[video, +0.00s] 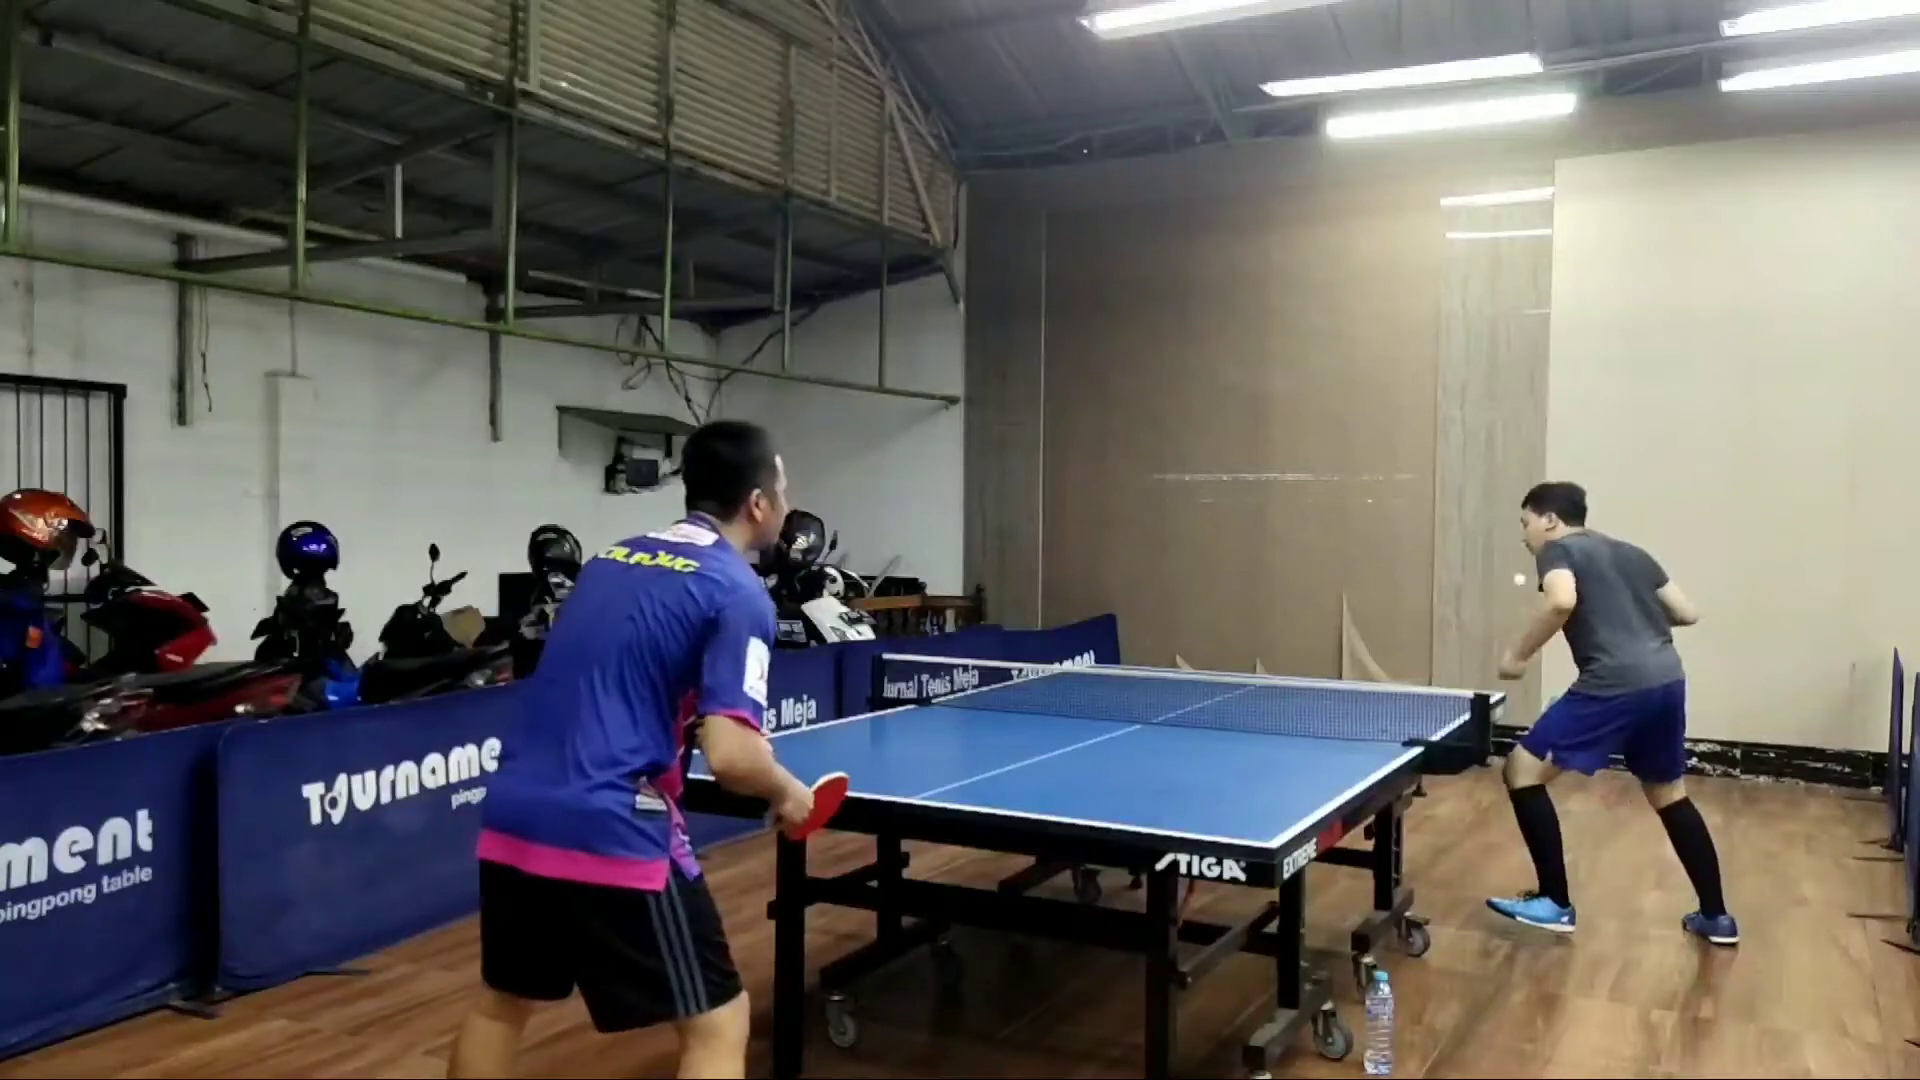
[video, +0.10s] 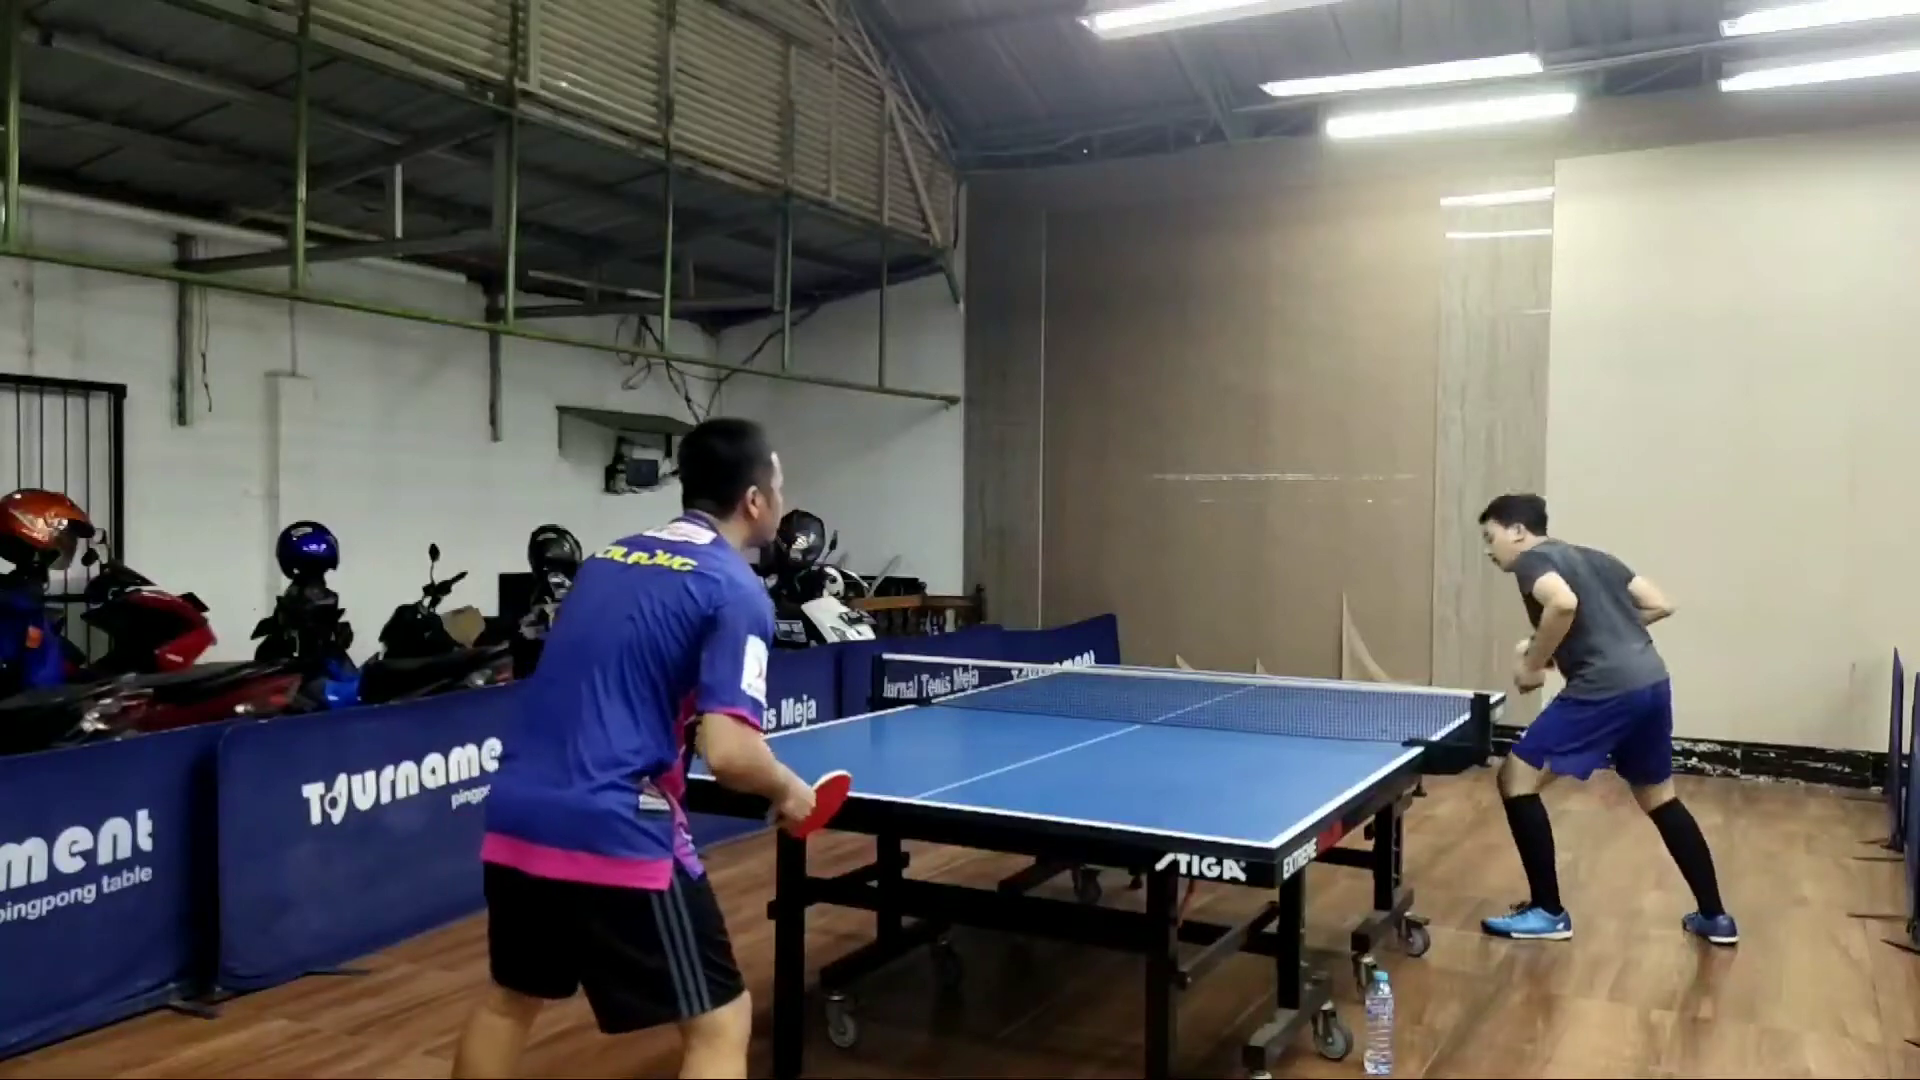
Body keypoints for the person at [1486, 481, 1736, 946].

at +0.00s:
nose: (1524, 535)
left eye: (1526, 523)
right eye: (1522, 524)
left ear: (1550, 520)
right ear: (1575, 520)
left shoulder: (1557, 550)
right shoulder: (1629, 551)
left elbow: (1562, 601)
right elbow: (1685, 613)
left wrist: (1519, 655)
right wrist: (1630, 616)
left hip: (1613, 684)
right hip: (1667, 681)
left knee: (1523, 770)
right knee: (1668, 793)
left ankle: (1553, 902)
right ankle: (1716, 914)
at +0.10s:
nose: (1489, 551)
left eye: (1490, 539)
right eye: (1486, 541)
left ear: (1518, 530)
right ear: (1532, 531)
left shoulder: (1531, 560)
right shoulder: (1593, 557)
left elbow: (1562, 604)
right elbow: (1657, 605)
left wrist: (1533, 664)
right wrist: (1595, 633)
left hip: (1602, 690)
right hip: (1653, 685)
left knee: (1516, 778)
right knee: (1657, 795)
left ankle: (1547, 910)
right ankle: (1715, 915)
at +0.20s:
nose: (1457, 558)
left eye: (1460, 545)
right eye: (1454, 548)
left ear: (1490, 535)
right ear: (1495, 538)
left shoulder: (1515, 565)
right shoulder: (1556, 563)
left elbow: (1569, 604)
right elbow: (1614, 612)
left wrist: (1528, 666)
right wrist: (1546, 649)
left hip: (1583, 690)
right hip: (1625, 685)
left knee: (1503, 782)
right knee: (1620, 794)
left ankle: (1546, 911)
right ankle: (1700, 902)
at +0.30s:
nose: (1442, 546)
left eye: (1447, 534)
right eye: (1437, 538)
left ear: (1479, 526)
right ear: (1473, 531)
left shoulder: (1511, 560)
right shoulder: (1497, 571)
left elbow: (1574, 602)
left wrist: (1516, 651)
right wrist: (1495, 644)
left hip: (1566, 683)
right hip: (1588, 679)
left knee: (1504, 783)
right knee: (1560, 782)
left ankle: (1547, 910)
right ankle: (1667, 867)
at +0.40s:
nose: (1434, 526)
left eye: (1442, 514)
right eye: (1429, 517)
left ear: (1472, 511)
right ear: (1434, 519)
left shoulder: (1508, 549)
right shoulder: (1466, 560)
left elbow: (1559, 604)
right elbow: (1505, 615)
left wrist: (1496, 639)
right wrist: (1472, 633)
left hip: (1563, 664)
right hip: (1533, 666)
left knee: (1525, 774)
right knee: (1525, 769)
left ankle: (1549, 908)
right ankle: (1608, 852)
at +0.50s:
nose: (1427, 517)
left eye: (1436, 506)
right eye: (1422, 509)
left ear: (1465, 505)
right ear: (1423, 511)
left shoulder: (1500, 543)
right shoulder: (1446, 551)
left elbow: (1537, 606)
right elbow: (1472, 606)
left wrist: (1466, 624)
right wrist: (1434, 621)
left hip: (1545, 659)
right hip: (1502, 660)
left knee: (1531, 767)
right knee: (1476, 750)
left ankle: (1542, 903)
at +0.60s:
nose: (1419, 519)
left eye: (1429, 510)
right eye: (1414, 511)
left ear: (1459, 510)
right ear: (1413, 513)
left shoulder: (1489, 548)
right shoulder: (1431, 557)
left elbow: (1514, 613)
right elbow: (1440, 617)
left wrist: (1440, 619)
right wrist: (1398, 620)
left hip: (1523, 670)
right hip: (1477, 667)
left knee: (1525, 775)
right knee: (1442, 751)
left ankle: (1541, 904)